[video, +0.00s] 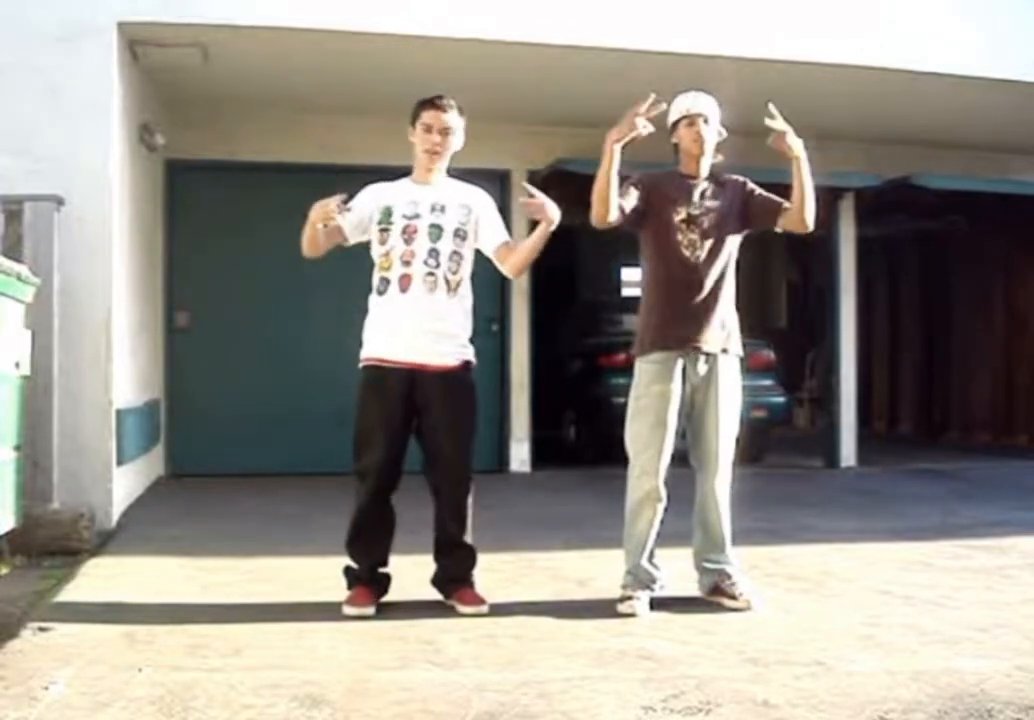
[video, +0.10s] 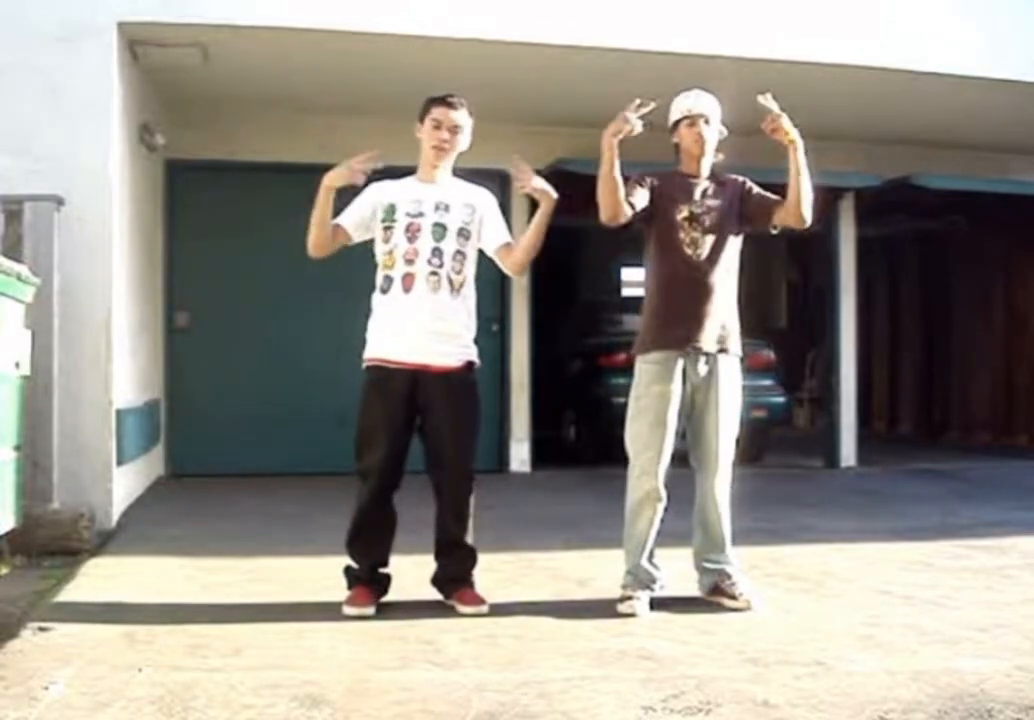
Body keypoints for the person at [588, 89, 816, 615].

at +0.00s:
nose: (697, 129)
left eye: (705, 121)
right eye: (687, 121)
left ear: (719, 133)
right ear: (673, 135)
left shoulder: (737, 191)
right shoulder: (651, 188)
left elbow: (801, 220)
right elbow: (602, 214)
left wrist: (798, 158)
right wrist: (612, 147)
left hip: (718, 345)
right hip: (659, 344)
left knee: (716, 466)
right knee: (647, 468)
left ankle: (717, 571)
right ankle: (638, 579)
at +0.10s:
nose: (698, 129)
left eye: (706, 121)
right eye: (688, 122)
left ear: (720, 133)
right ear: (674, 134)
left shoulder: (737, 191)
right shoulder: (656, 187)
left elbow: (797, 216)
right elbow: (612, 212)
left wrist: (794, 148)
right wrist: (609, 148)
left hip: (720, 345)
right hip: (661, 343)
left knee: (717, 466)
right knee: (647, 468)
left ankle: (717, 572)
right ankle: (638, 579)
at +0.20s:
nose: (698, 130)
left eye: (706, 123)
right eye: (688, 123)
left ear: (721, 133)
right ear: (674, 134)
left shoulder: (737, 191)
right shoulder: (653, 188)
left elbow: (796, 225)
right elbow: (613, 230)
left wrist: (814, 163)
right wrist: (606, 161)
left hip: (720, 346)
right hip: (662, 346)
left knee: (718, 467)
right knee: (649, 470)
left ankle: (718, 572)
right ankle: (638, 580)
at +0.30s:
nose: (697, 135)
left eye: (705, 127)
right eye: (688, 127)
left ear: (721, 136)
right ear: (674, 135)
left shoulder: (735, 194)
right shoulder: (652, 189)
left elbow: (781, 236)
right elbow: (608, 249)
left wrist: (813, 235)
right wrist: (608, 227)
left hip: (722, 347)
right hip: (664, 346)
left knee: (718, 468)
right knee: (650, 470)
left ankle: (717, 572)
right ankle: (638, 580)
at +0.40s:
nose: (699, 136)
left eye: (708, 128)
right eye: (690, 128)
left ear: (722, 137)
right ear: (677, 136)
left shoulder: (736, 196)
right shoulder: (651, 190)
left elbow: (776, 240)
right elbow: (604, 242)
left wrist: (809, 262)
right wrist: (610, 262)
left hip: (722, 347)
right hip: (662, 345)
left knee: (719, 468)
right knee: (651, 469)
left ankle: (717, 572)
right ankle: (638, 581)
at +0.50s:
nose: (700, 136)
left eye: (709, 128)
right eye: (692, 127)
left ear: (724, 137)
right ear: (678, 134)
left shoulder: (736, 195)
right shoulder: (650, 189)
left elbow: (777, 238)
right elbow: (602, 239)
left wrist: (810, 251)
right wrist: (614, 257)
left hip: (722, 346)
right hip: (662, 344)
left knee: (719, 467)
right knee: (651, 467)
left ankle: (717, 572)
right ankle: (638, 580)